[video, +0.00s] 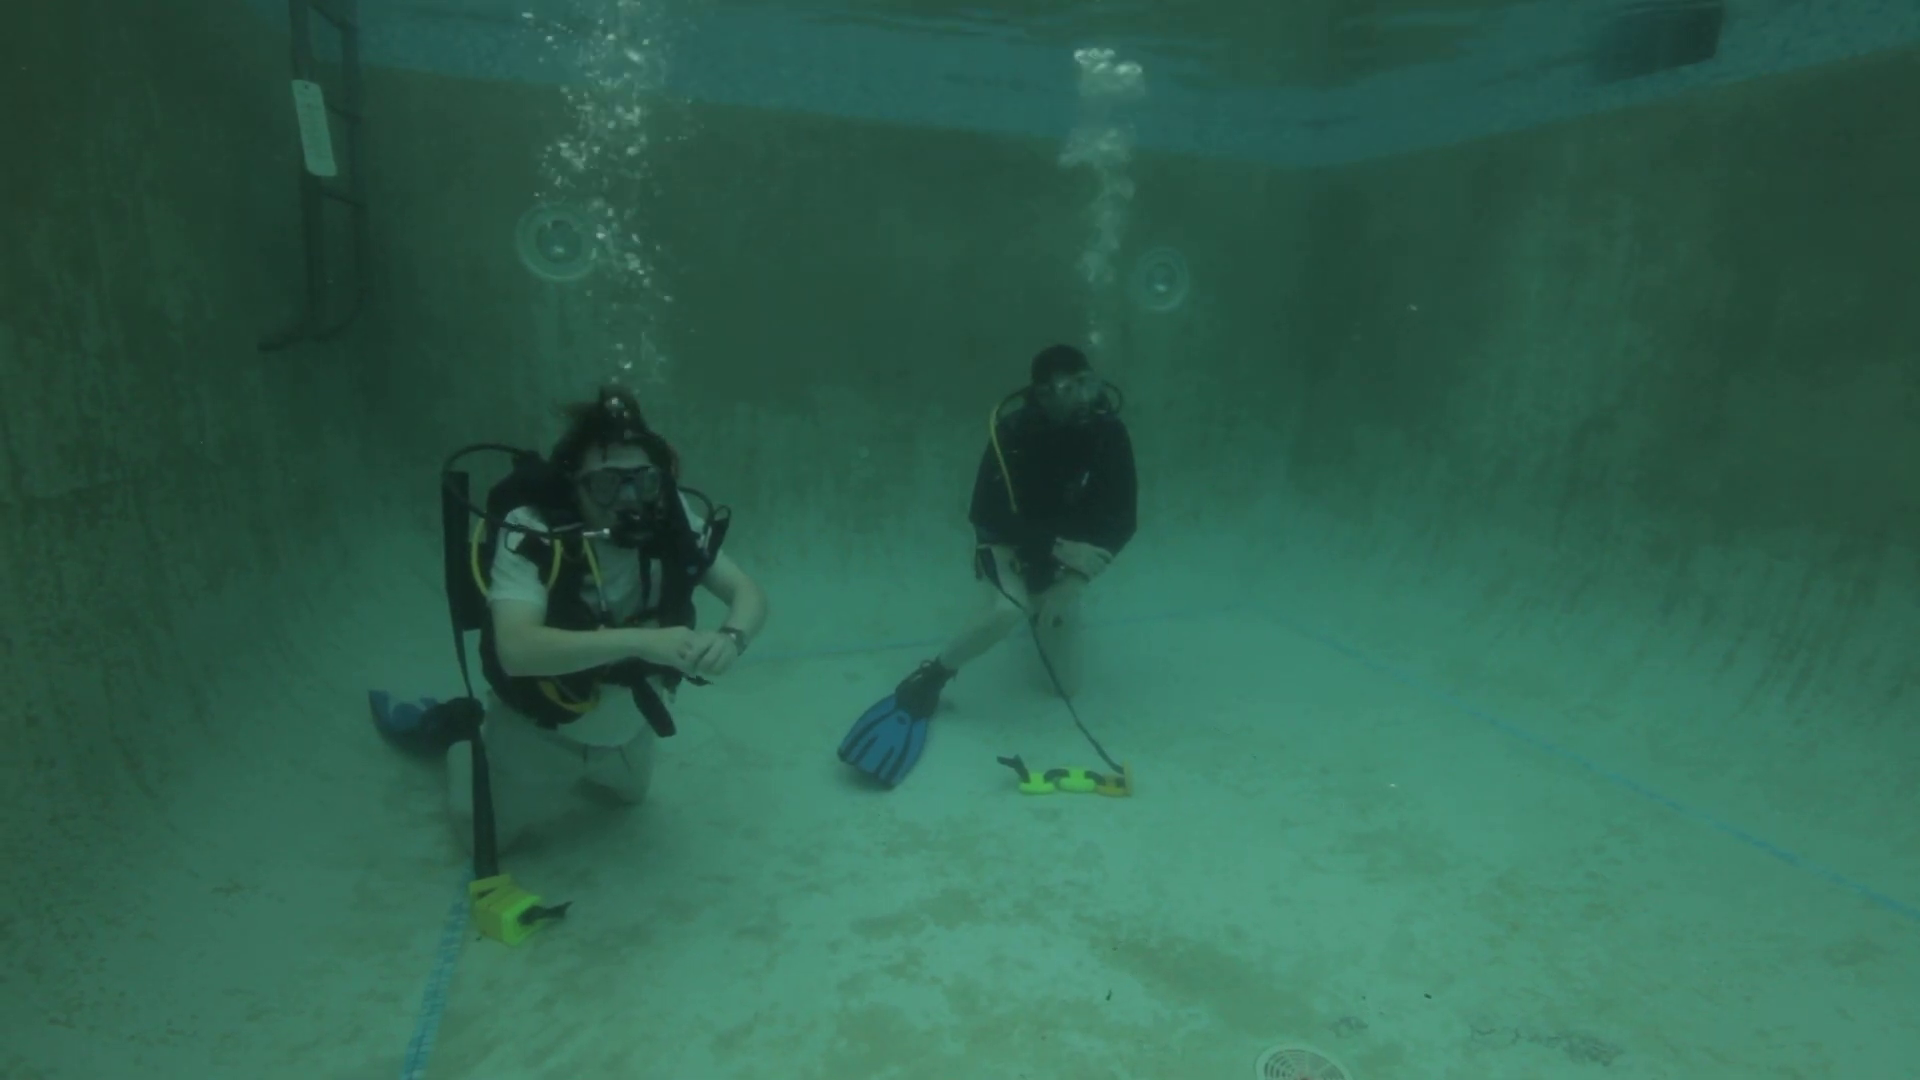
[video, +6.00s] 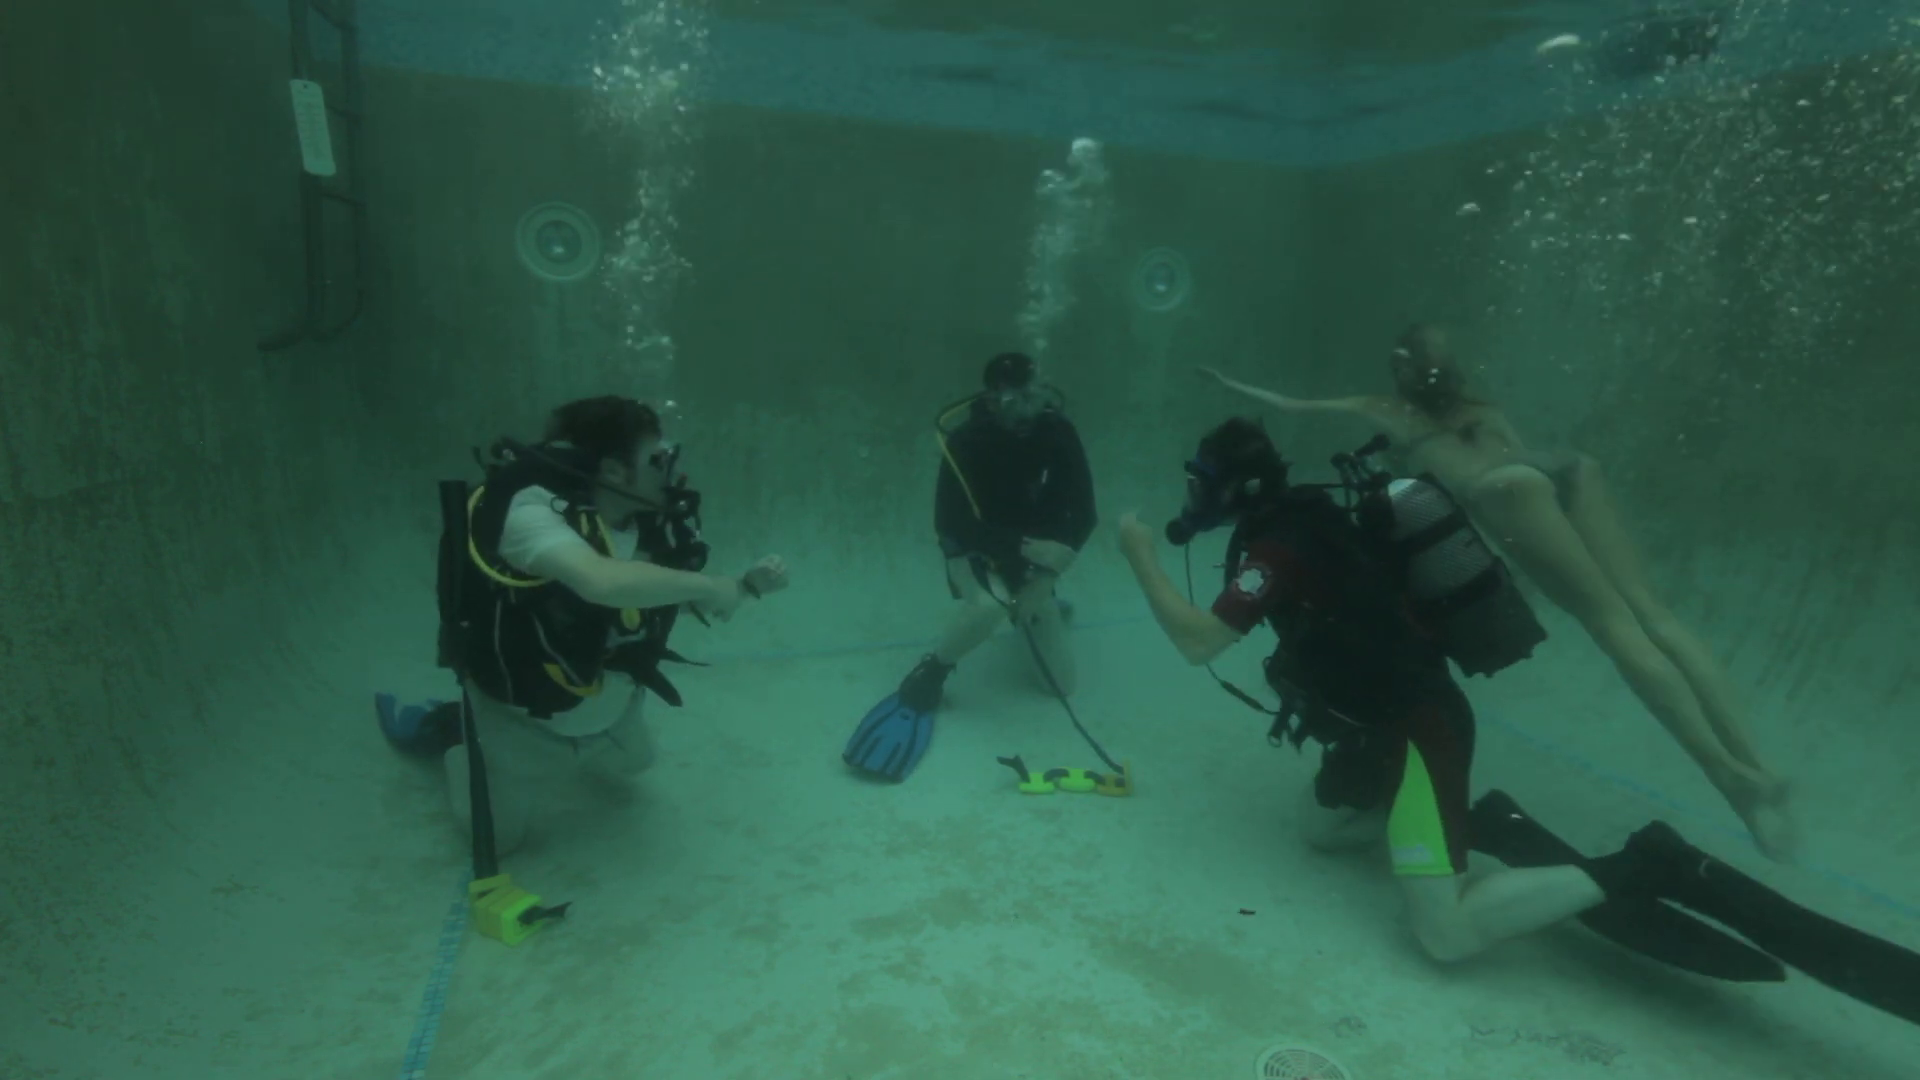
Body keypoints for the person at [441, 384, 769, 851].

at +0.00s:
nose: (624, 499)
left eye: (637, 482)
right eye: (605, 484)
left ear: (659, 480)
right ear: (574, 483)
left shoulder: (673, 520)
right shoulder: (530, 529)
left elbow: (748, 593)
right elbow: (516, 650)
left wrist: (732, 636)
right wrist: (646, 643)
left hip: (628, 712)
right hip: (539, 719)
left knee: (628, 787)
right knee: (486, 834)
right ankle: (463, 727)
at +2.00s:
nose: (631, 495)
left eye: (643, 478)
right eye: (612, 480)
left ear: (662, 476)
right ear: (577, 482)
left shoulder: (672, 518)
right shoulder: (530, 527)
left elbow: (748, 593)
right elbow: (516, 648)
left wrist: (732, 636)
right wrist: (646, 642)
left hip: (626, 710)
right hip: (538, 717)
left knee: (628, 785)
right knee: (486, 837)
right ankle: (462, 728)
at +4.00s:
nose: (648, 496)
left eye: (649, 476)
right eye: (627, 486)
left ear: (654, 465)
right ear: (576, 494)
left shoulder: (658, 510)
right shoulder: (518, 526)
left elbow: (739, 582)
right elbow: (513, 642)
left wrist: (727, 622)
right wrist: (638, 627)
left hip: (626, 713)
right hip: (537, 723)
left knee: (628, 786)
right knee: (493, 838)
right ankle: (465, 730)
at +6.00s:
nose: (671, 474)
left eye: (668, 460)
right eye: (657, 462)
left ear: (617, 471)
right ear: (611, 471)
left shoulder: (642, 513)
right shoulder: (527, 515)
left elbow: (678, 597)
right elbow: (601, 582)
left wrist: (743, 586)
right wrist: (707, 588)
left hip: (606, 697)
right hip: (521, 715)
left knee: (633, 761)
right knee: (497, 835)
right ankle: (457, 726)